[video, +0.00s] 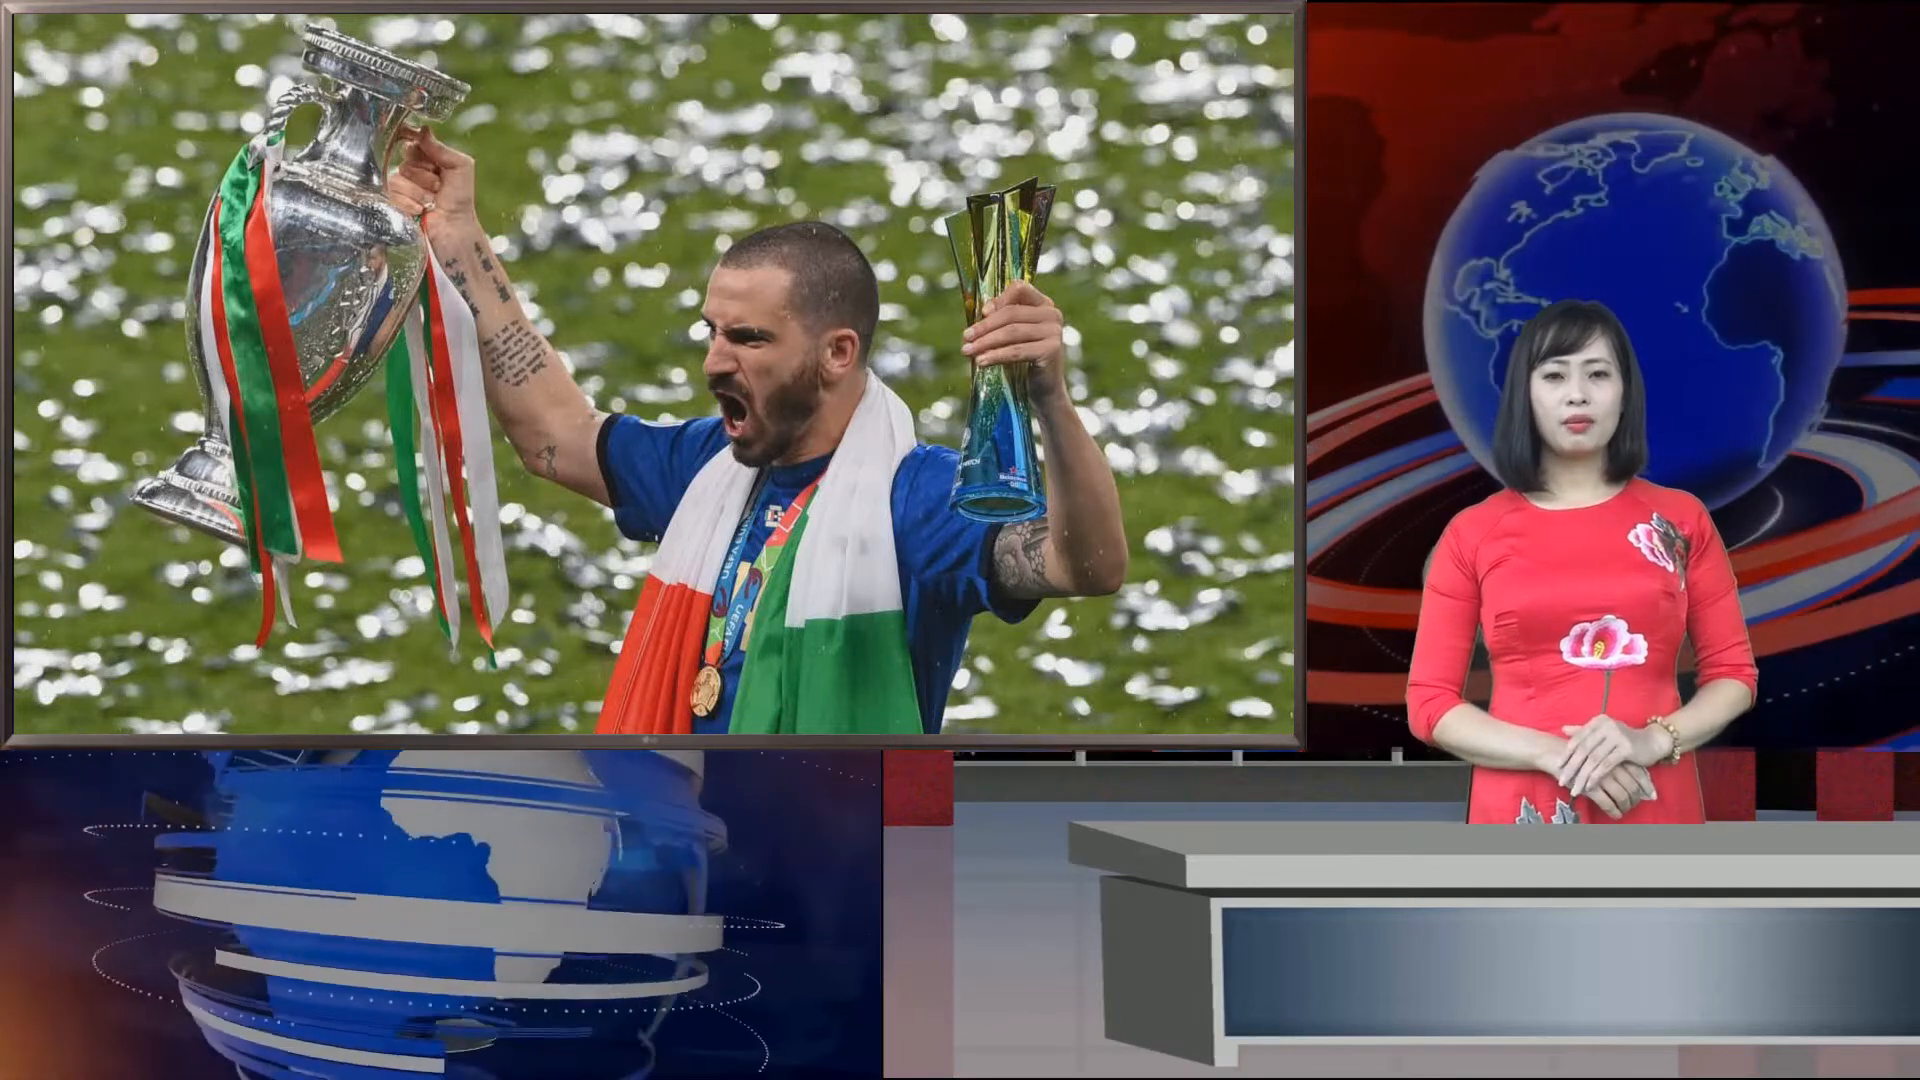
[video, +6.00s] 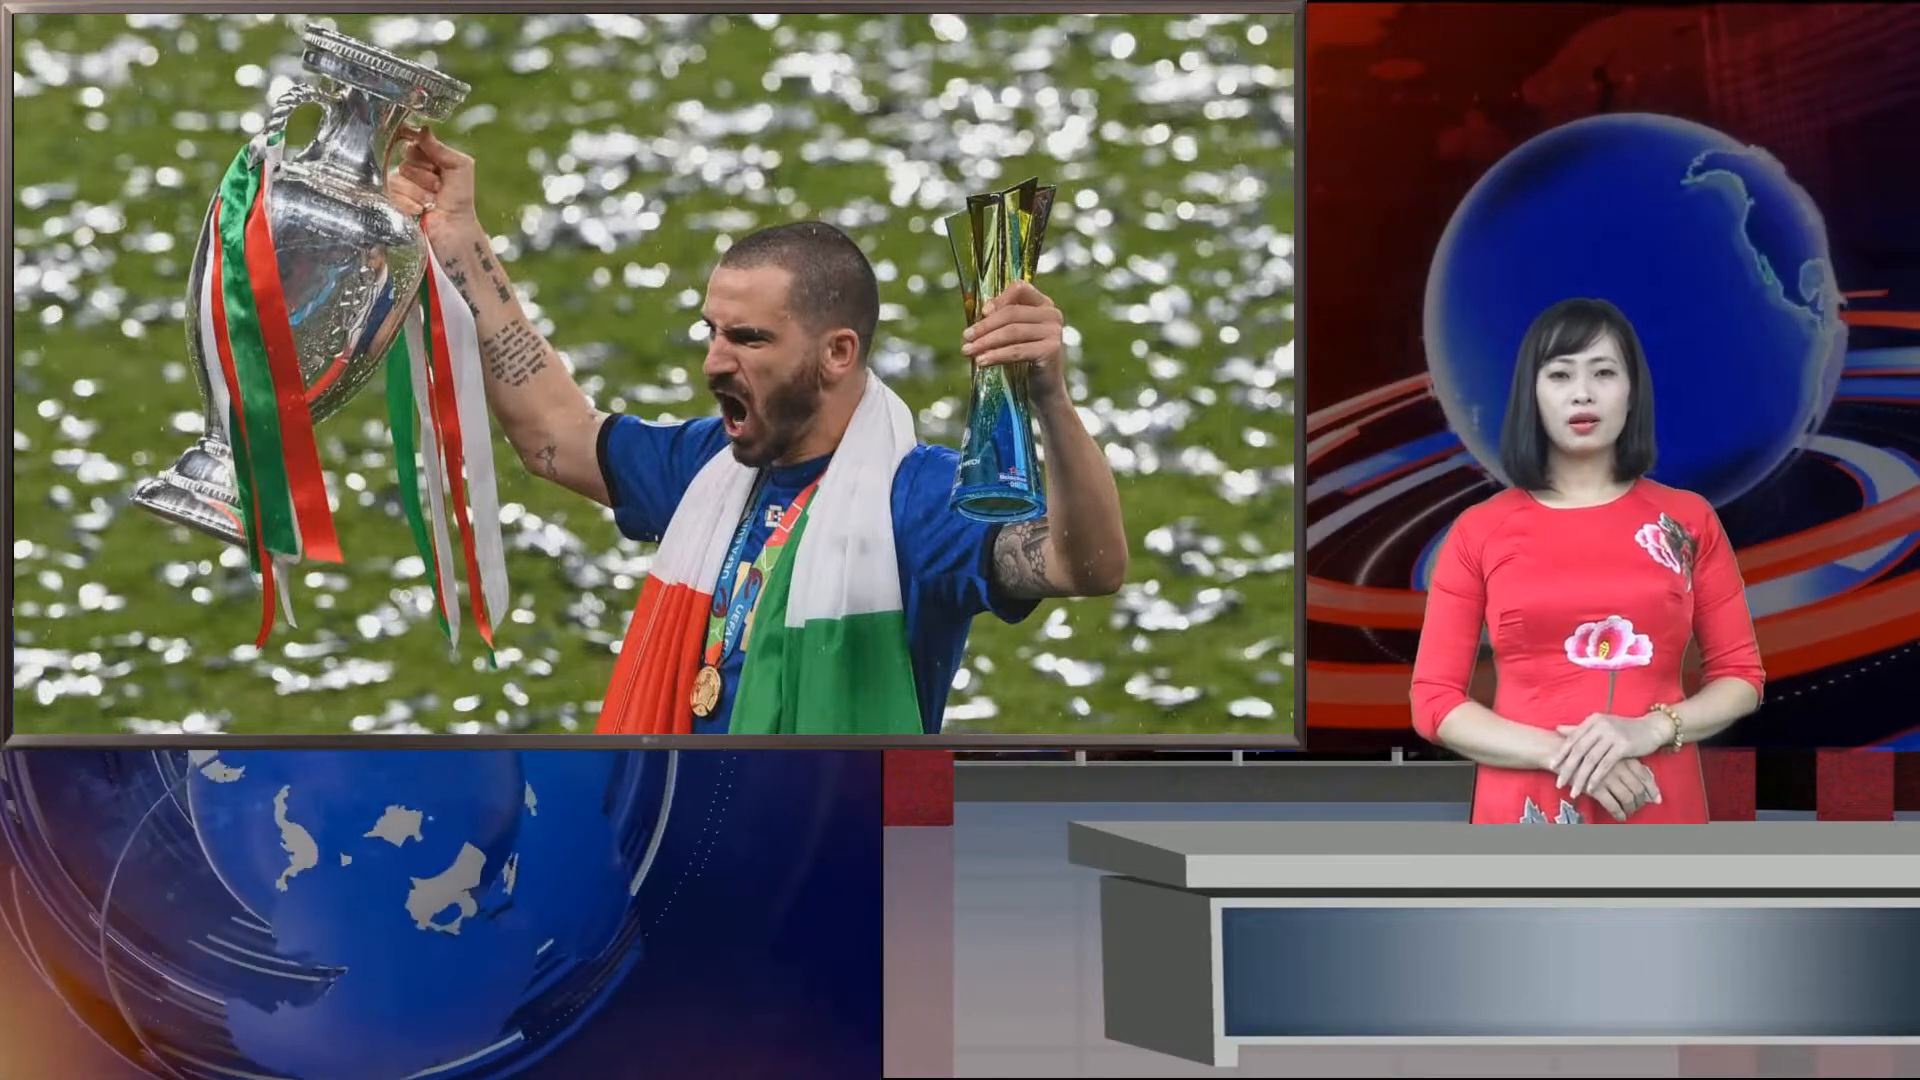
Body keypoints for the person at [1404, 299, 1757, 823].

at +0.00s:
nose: (1577, 394)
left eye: (1598, 374)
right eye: (1555, 375)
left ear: (1625, 392)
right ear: (1525, 393)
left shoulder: (1680, 520)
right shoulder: (1473, 535)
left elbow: (1733, 677)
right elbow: (1430, 704)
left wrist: (1653, 738)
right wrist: (1558, 753)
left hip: (1659, 823)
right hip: (1519, 825)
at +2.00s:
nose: (1580, 394)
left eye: (1601, 374)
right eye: (1558, 375)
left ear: (1628, 391)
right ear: (1530, 393)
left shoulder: (1684, 521)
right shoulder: (1479, 533)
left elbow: (1738, 679)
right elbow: (1432, 702)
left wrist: (1650, 728)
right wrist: (1567, 753)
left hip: (1662, 823)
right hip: (1521, 824)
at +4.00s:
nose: (1581, 393)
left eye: (1603, 374)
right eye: (1560, 375)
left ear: (1632, 392)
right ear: (1532, 392)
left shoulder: (1687, 522)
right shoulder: (1479, 533)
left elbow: (1740, 680)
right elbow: (1433, 701)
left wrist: (1653, 729)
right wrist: (1568, 753)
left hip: (1663, 824)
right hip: (1522, 825)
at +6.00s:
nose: (1582, 393)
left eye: (1604, 373)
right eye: (1560, 375)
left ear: (1632, 391)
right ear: (1532, 392)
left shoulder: (1687, 521)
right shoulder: (1480, 533)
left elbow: (1741, 680)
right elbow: (1434, 700)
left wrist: (1652, 728)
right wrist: (1565, 752)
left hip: (1661, 823)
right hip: (1523, 824)